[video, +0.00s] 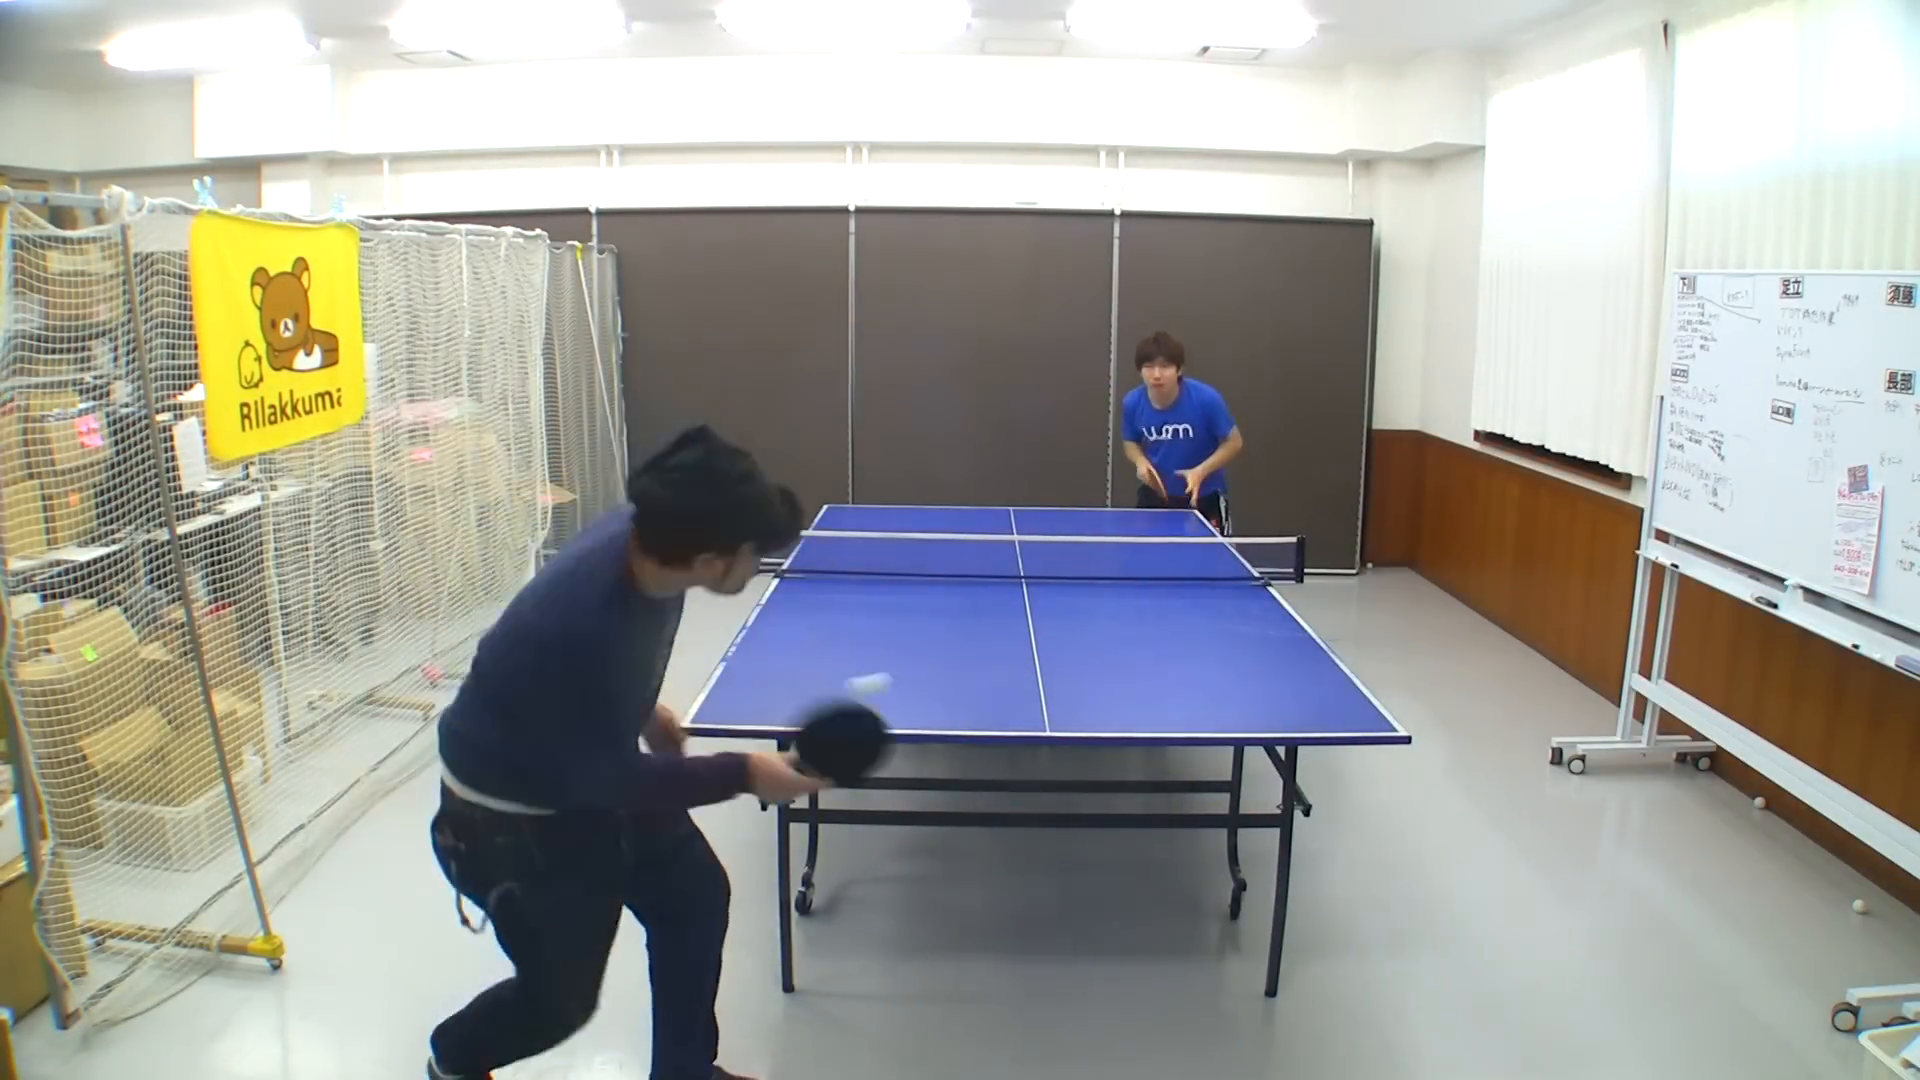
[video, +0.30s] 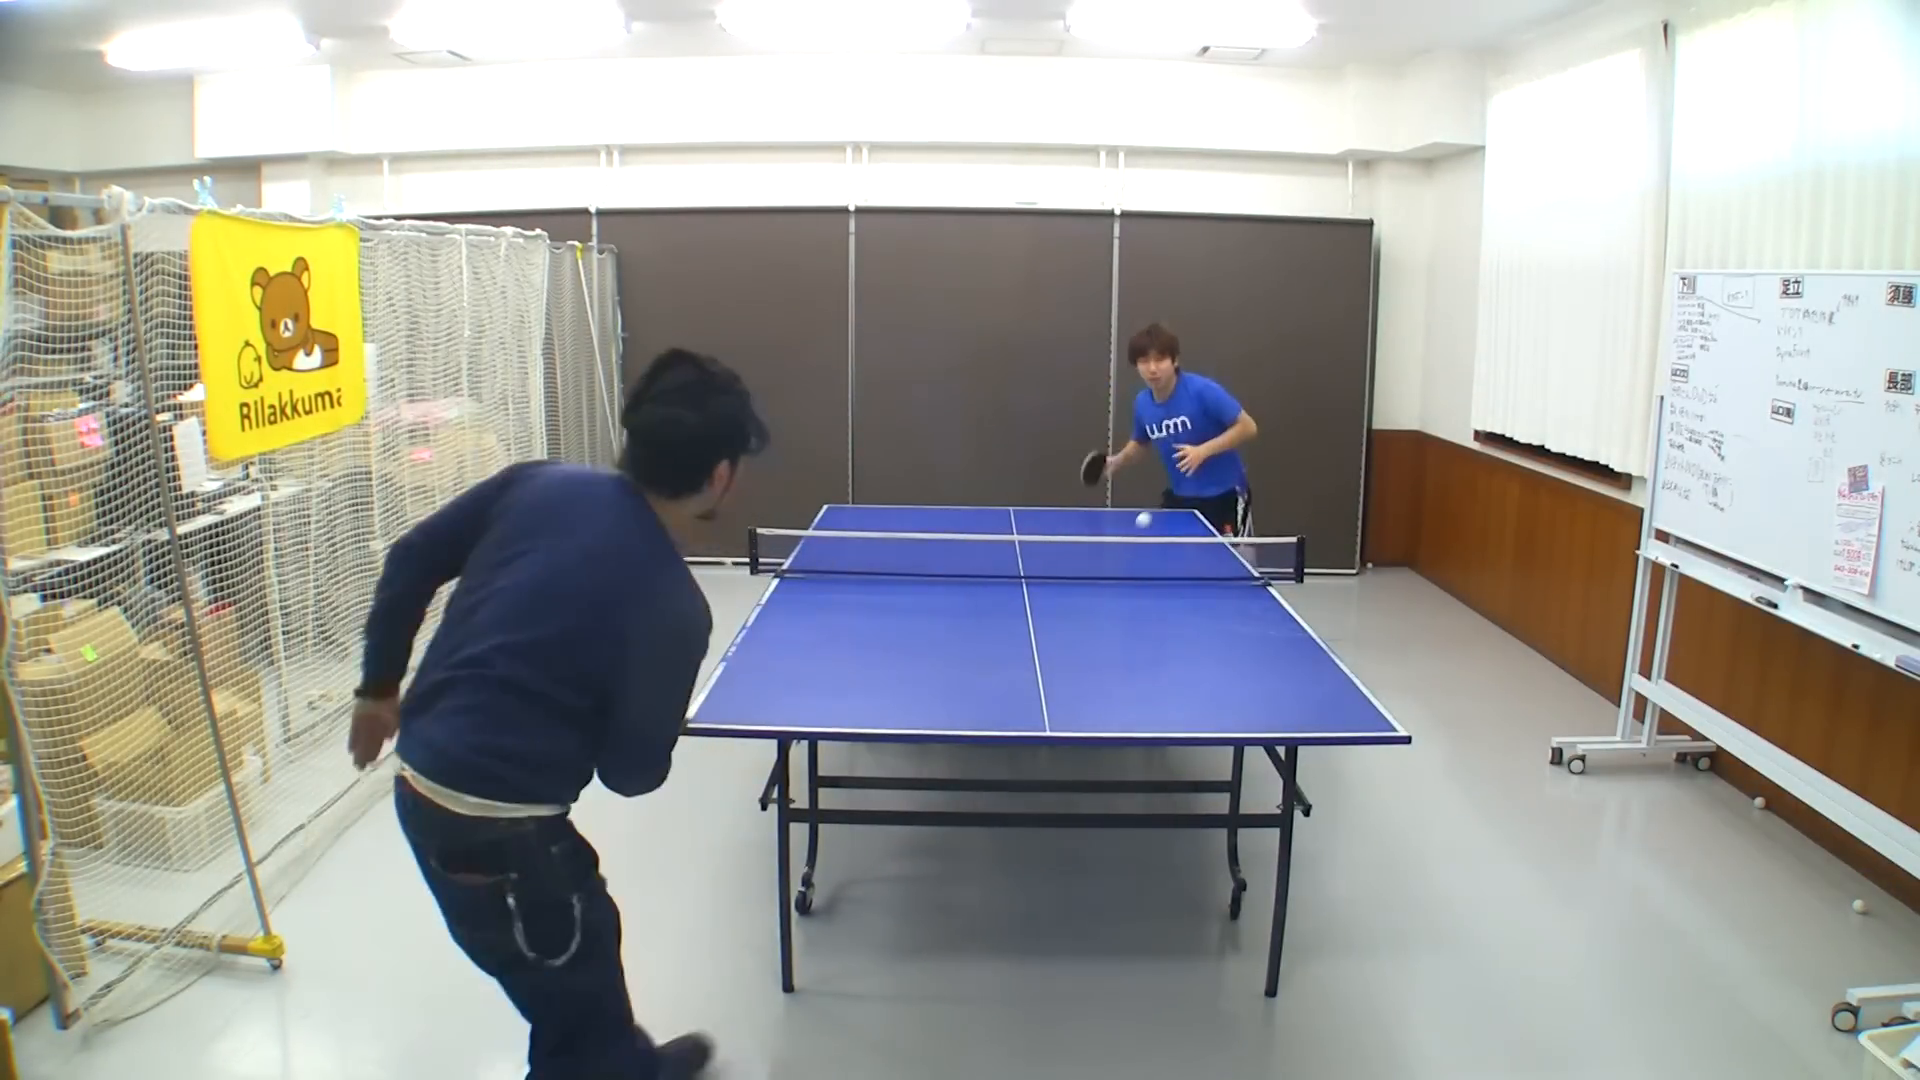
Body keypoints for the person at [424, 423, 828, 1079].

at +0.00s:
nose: (753, 569)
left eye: (755, 554)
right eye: (750, 556)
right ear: (705, 558)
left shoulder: (649, 542)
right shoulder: (581, 629)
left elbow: (595, 657)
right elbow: (600, 781)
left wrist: (645, 710)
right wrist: (744, 773)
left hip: (589, 778)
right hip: (513, 817)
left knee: (694, 899)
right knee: (561, 1000)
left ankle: (685, 1068)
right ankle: (452, 1057)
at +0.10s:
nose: (762, 525)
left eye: (765, 509)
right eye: (762, 512)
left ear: (672, 470)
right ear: (740, 528)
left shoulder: (611, 504)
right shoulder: (648, 636)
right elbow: (609, 775)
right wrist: (688, 769)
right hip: (512, 840)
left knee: (670, 896)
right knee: (601, 1007)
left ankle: (680, 1066)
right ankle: (421, 1070)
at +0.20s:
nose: (762, 503)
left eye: (767, 487)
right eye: (765, 489)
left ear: (664, 453)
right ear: (744, 502)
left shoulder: (573, 487)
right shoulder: (683, 628)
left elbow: (452, 543)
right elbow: (627, 764)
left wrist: (426, 668)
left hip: (449, 783)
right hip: (509, 827)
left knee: (619, 920)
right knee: (604, 994)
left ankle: (671, 1065)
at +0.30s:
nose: (739, 480)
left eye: (742, 463)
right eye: (741, 465)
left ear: (636, 435)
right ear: (720, 476)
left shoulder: (534, 485)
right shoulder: (672, 604)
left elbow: (413, 557)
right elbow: (632, 773)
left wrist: (377, 688)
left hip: (422, 795)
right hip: (503, 829)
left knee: (568, 957)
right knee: (587, 1029)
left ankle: (627, 1064)